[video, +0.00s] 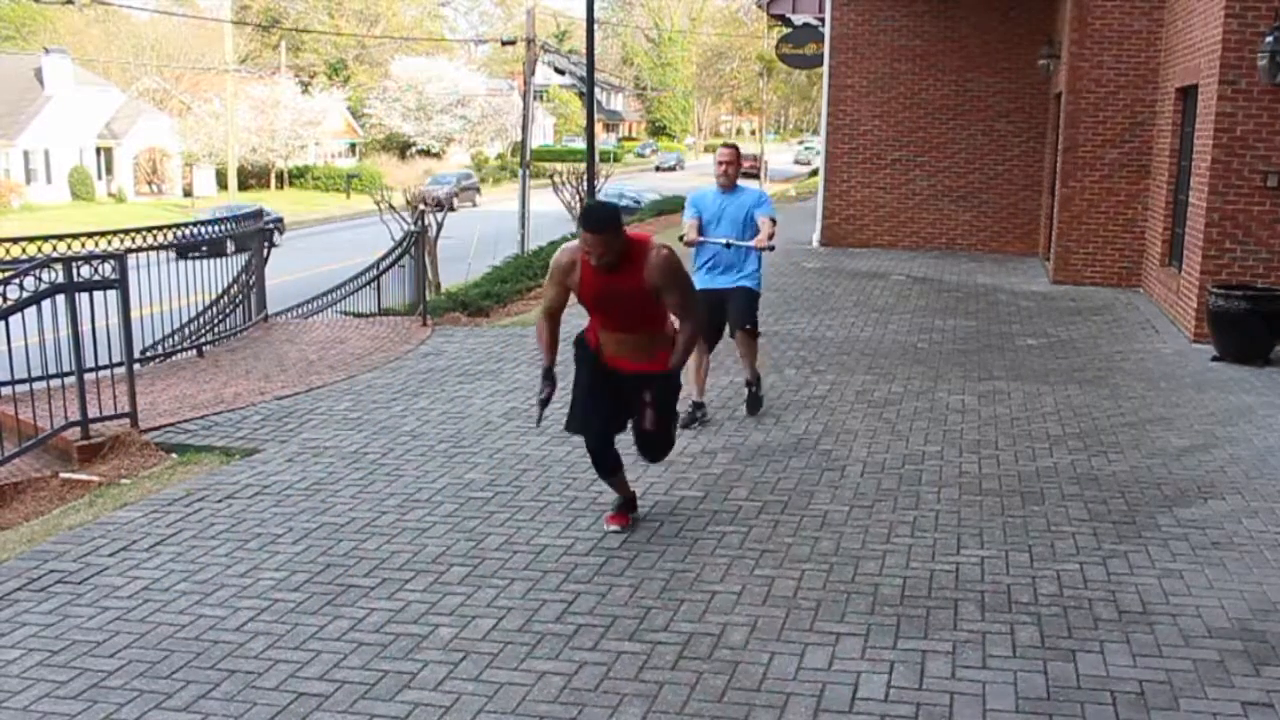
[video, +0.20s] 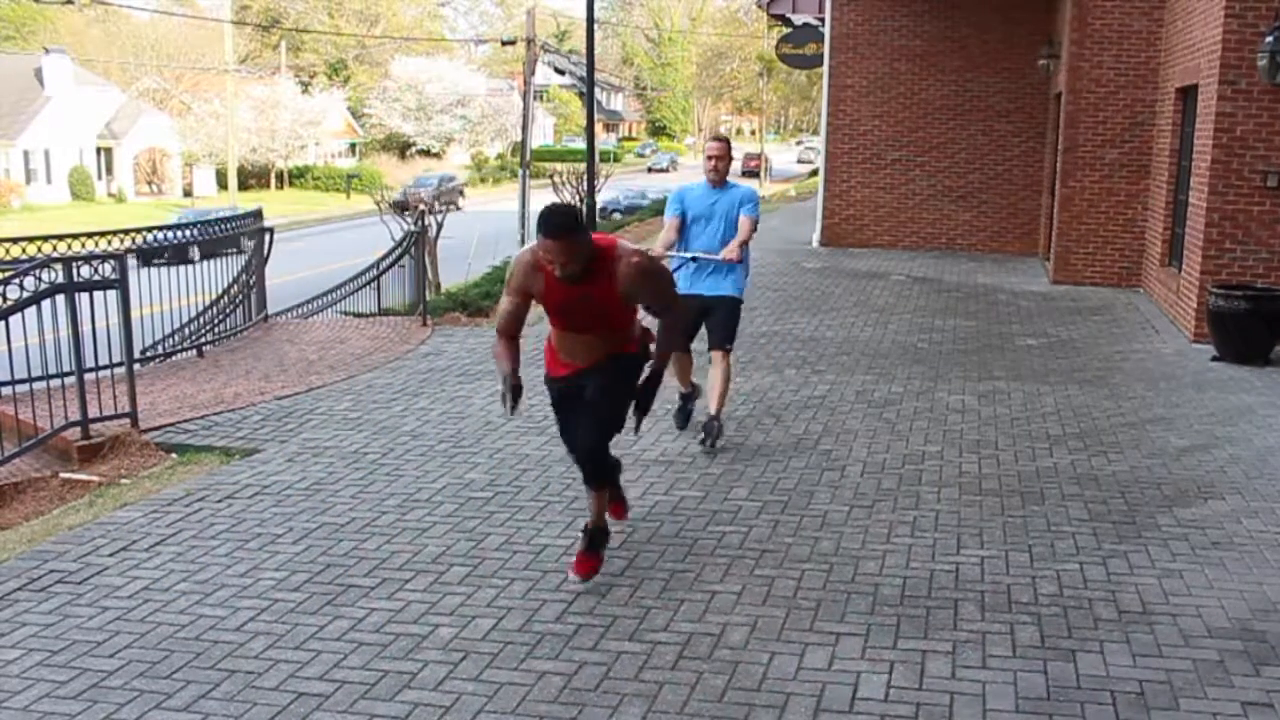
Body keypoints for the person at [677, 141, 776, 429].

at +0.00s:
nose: (724, 168)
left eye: (729, 163)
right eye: (720, 163)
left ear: (739, 167)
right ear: (714, 166)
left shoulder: (756, 198)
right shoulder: (698, 198)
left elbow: (767, 223)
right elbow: (691, 224)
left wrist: (763, 235)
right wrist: (691, 235)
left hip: (743, 277)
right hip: (707, 278)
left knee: (743, 329)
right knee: (701, 340)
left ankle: (752, 379)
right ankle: (697, 402)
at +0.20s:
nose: (714, 164)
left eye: (720, 159)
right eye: (710, 158)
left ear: (730, 161)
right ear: (702, 160)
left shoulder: (745, 196)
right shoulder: (681, 195)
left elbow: (746, 228)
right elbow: (671, 230)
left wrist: (736, 244)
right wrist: (659, 249)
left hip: (725, 286)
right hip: (686, 284)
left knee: (720, 351)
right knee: (676, 344)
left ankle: (714, 417)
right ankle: (687, 391)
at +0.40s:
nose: (691, 169)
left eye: (698, 163)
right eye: (686, 163)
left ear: (709, 166)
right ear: (679, 165)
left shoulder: (728, 203)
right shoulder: (659, 204)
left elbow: (735, 244)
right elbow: (648, 247)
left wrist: (719, 253)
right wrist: (635, 256)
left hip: (710, 302)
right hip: (667, 300)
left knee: (703, 370)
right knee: (651, 367)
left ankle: (702, 435)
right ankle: (639, 440)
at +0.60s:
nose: (668, 173)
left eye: (675, 167)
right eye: (663, 167)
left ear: (687, 171)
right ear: (655, 170)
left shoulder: (708, 209)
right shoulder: (637, 210)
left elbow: (726, 246)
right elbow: (628, 247)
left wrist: (722, 261)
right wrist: (628, 259)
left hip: (691, 309)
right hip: (647, 311)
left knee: (685, 371)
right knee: (636, 384)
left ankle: (696, 437)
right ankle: (632, 463)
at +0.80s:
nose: (658, 172)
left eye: (666, 165)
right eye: (653, 165)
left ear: (678, 168)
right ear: (645, 168)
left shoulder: (700, 209)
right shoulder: (624, 210)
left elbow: (715, 252)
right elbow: (613, 251)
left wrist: (706, 269)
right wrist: (612, 264)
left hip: (679, 317)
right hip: (633, 317)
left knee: (676, 392)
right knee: (622, 395)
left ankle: (671, 476)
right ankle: (631, 460)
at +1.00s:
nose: (652, 174)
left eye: (659, 167)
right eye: (646, 167)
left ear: (673, 170)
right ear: (637, 170)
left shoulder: (693, 213)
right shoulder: (615, 213)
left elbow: (704, 262)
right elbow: (597, 258)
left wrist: (684, 278)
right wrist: (587, 272)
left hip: (666, 328)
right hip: (618, 324)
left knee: (656, 412)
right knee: (600, 398)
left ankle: (648, 501)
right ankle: (611, 453)